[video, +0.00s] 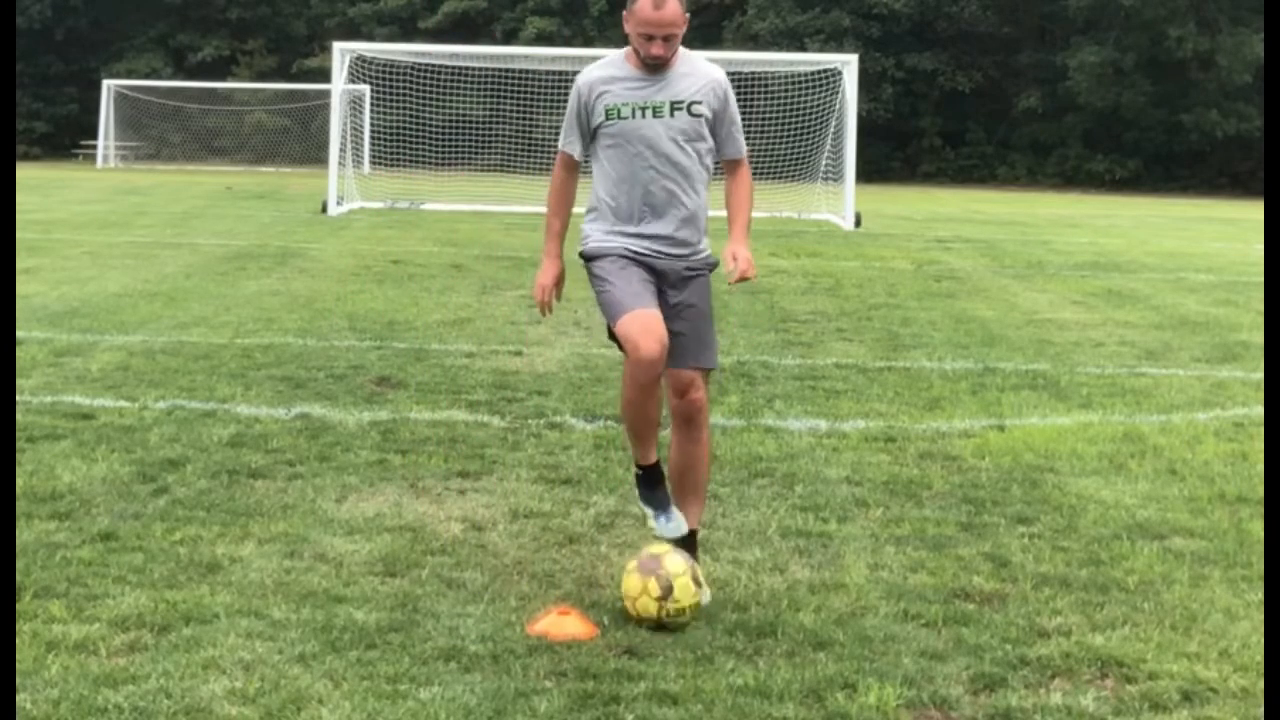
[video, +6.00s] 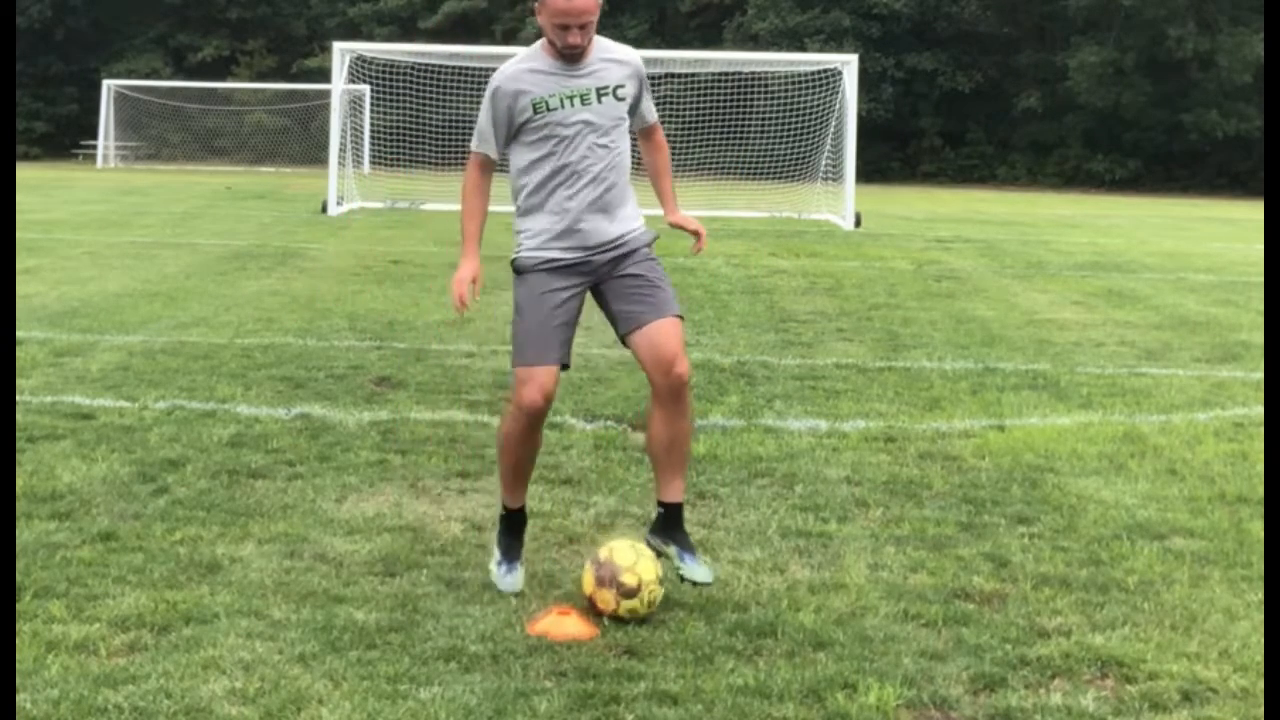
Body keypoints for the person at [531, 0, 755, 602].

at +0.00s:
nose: (659, 48)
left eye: (670, 37)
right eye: (648, 37)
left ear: (686, 27)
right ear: (626, 24)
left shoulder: (711, 83)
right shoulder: (593, 83)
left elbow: (736, 164)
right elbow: (565, 169)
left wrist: (738, 237)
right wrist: (551, 255)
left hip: (686, 256)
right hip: (614, 248)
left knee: (691, 397)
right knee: (648, 346)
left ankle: (687, 543)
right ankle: (648, 474)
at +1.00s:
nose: (646, 50)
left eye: (658, 39)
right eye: (636, 37)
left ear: (683, 27)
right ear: (624, 23)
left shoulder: (711, 89)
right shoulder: (597, 80)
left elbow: (744, 166)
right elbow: (566, 164)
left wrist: (733, 243)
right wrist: (538, 249)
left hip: (672, 271)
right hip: (593, 259)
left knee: (682, 409)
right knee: (563, 375)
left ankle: (691, 551)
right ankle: (580, 504)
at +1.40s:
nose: (619, 46)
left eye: (632, 36)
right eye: (612, 33)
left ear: (662, 25)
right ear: (603, 21)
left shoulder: (697, 85)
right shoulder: (580, 78)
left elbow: (728, 161)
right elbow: (555, 160)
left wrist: (711, 236)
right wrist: (524, 242)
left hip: (656, 260)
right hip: (577, 248)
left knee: (663, 401)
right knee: (513, 367)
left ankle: (657, 540)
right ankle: (497, 487)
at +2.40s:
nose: (527, 47)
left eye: (539, 36)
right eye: (518, 35)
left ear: (569, 22)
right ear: (509, 22)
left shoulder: (603, 86)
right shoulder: (499, 76)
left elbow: (645, 171)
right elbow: (496, 153)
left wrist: (624, 243)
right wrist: (470, 230)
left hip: (575, 256)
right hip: (502, 250)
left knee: (571, 389)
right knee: (454, 377)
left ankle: (618, 509)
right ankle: (444, 523)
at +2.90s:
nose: (470, 83)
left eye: (481, 70)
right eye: (459, 71)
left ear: (506, 58)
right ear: (447, 63)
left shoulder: (547, 114)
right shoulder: (442, 123)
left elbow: (593, 197)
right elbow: (430, 211)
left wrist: (596, 281)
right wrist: (404, 295)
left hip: (543, 267)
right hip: (473, 277)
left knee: (526, 353)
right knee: (430, 410)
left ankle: (531, 498)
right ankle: (446, 552)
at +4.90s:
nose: (481, 44)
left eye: (492, 31)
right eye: (469, 33)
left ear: (509, 14)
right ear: (449, 21)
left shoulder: (546, 68)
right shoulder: (428, 87)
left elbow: (576, 145)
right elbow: (407, 170)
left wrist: (590, 222)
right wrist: (378, 251)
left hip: (547, 243)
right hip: (467, 256)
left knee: (599, 361)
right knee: (452, 399)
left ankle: (600, 482)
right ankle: (455, 532)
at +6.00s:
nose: (573, 39)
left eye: (584, 26)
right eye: (560, 27)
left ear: (600, 12)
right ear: (537, 14)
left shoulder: (626, 65)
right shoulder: (510, 82)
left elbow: (650, 133)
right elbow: (480, 167)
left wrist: (670, 207)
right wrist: (469, 256)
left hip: (625, 246)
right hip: (547, 258)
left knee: (674, 372)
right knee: (532, 398)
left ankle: (670, 526)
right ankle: (511, 528)